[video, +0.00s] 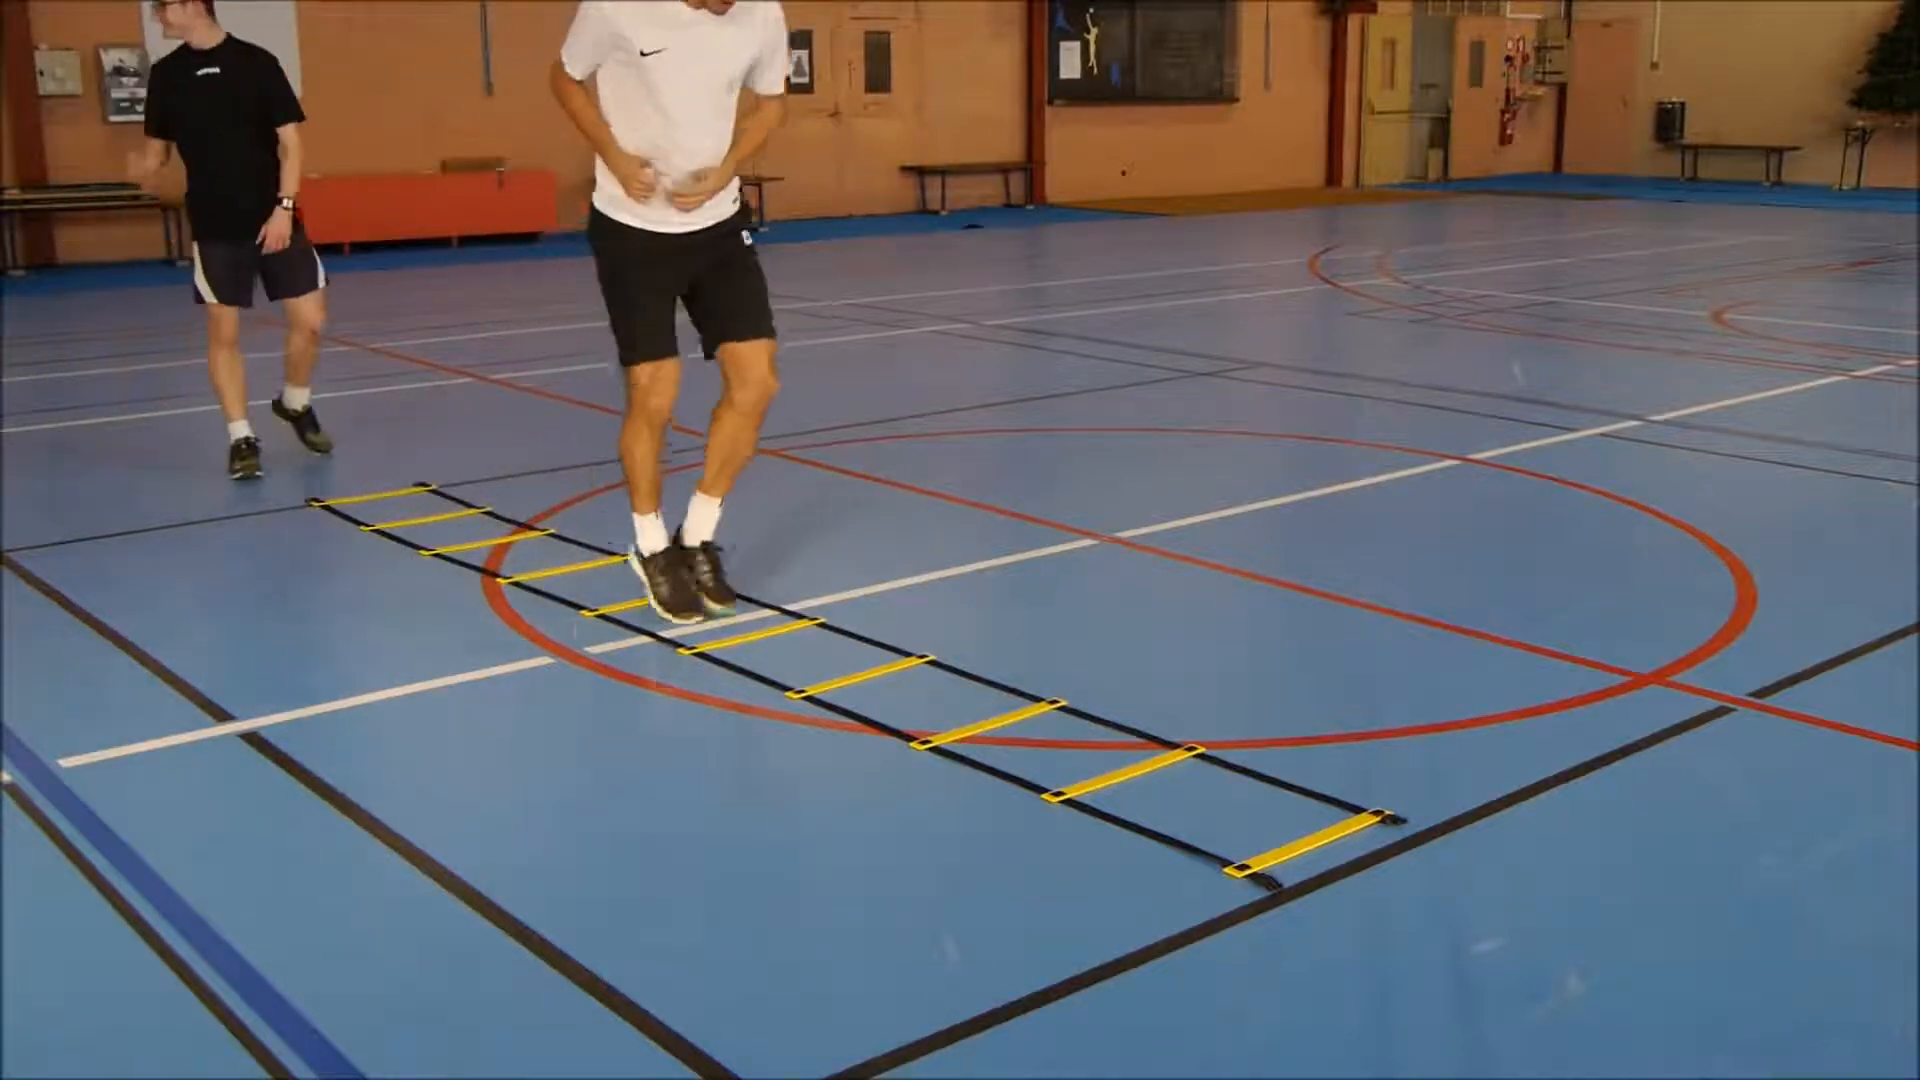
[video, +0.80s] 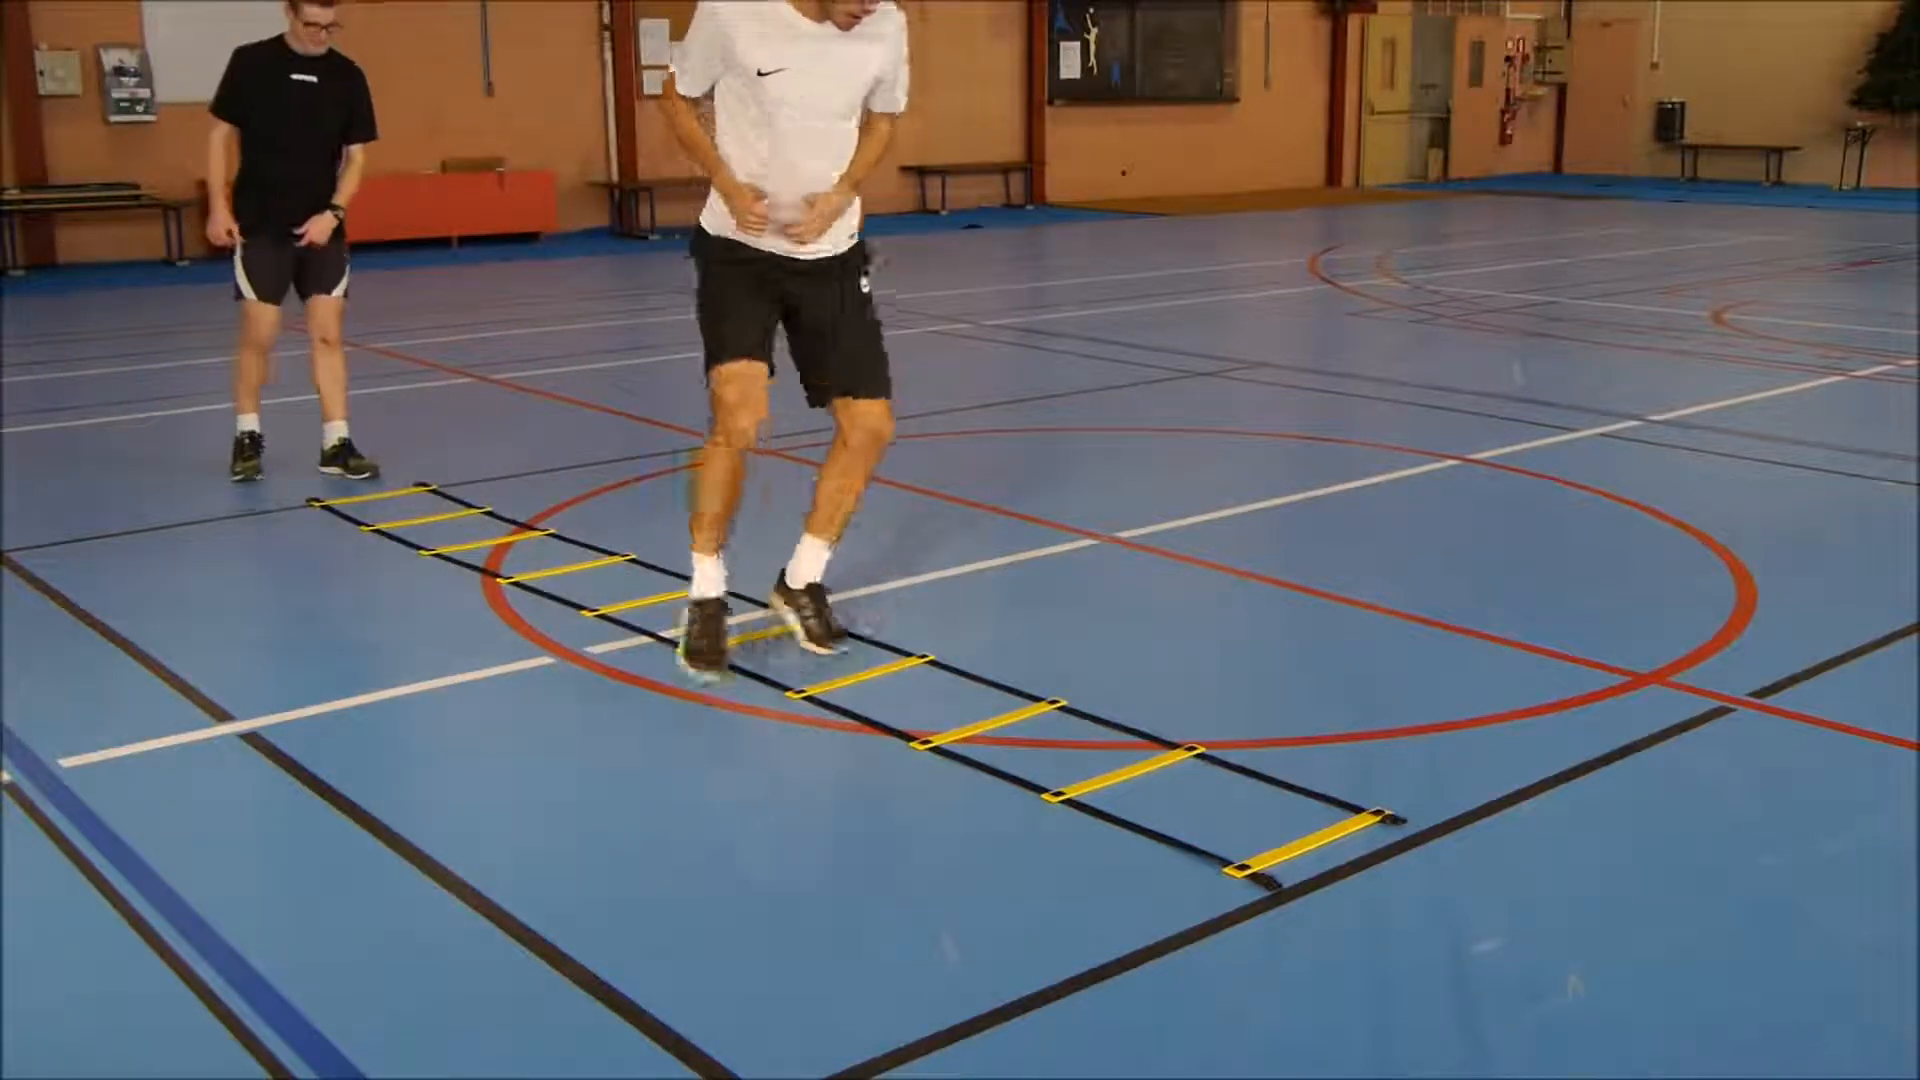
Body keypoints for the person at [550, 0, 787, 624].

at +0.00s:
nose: (721, 1)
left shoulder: (763, 14)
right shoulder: (613, 10)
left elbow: (767, 102)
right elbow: (568, 77)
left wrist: (726, 168)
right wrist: (614, 155)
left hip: (718, 226)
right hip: (633, 229)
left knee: (754, 383)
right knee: (654, 394)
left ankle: (696, 541)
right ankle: (651, 547)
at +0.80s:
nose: (862, 6)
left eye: (867, 3)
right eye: (850, 2)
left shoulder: (887, 23)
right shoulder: (730, 15)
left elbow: (882, 119)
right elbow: (678, 96)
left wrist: (841, 192)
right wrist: (725, 182)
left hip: (831, 254)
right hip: (736, 249)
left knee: (868, 423)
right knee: (739, 419)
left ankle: (801, 581)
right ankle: (706, 593)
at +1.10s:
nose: (937, 17)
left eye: (945, 8)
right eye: (928, 6)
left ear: (948, 5)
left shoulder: (953, 33)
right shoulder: (795, 23)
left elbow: (948, 125)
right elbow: (738, 112)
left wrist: (918, 201)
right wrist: (793, 194)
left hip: (904, 264)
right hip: (805, 263)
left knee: (955, 429)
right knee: (797, 431)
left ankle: (931, 588)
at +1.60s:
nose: (1035, 18)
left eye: (1040, 9)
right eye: (1027, 5)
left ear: (1034, 5)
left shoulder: (1024, 38)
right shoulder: (881, 30)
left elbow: (986, 132)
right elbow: (802, 149)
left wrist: (996, 213)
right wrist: (908, 231)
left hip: (967, 289)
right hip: (875, 295)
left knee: (1089, 424)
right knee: (851, 497)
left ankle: (992, 588)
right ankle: (778, 679)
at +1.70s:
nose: (1055, 5)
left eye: (1060, 0)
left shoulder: (1055, 28)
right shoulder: (901, 19)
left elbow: (1031, 123)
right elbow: (824, 123)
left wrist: (1024, 200)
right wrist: (919, 208)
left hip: (997, 278)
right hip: (898, 281)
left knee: (1098, 438)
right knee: (889, 475)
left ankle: (1039, 615)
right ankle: (811, 662)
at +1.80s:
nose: (1082, 5)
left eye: (1088, 0)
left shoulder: (1101, 36)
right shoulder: (927, 19)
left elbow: (1103, 144)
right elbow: (860, 108)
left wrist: (1068, 215)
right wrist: (922, 190)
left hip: (1042, 289)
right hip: (937, 284)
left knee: (1091, 482)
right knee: (938, 472)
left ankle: (1044, 636)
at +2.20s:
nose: (1168, 1)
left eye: (1176, 0)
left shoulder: (1190, 20)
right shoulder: (1017, 11)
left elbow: (1172, 132)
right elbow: (943, 121)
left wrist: (1128, 228)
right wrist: (1040, 213)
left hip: (1111, 296)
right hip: (1002, 286)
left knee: (1167, 486)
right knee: (997, 499)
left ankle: (1054, 648)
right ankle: (925, 709)